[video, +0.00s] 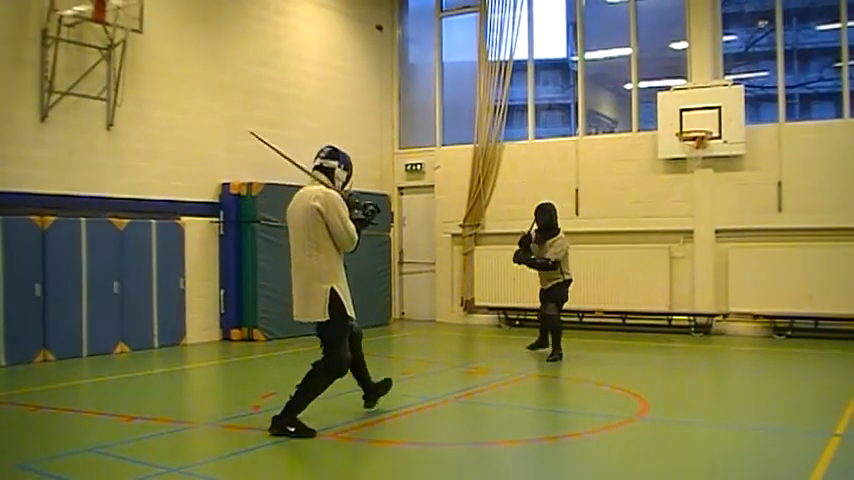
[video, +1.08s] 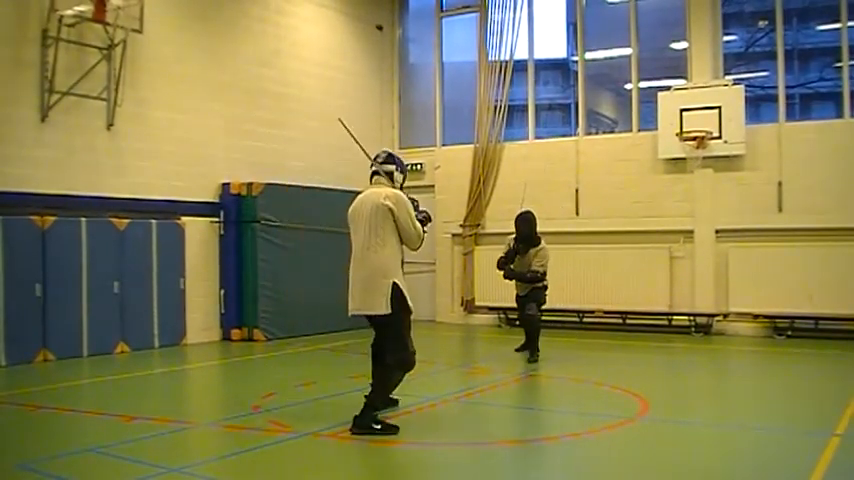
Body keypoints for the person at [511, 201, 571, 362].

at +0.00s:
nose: (538, 222)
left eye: (541, 219)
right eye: (537, 219)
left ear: (551, 219)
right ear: (536, 220)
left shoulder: (560, 241)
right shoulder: (536, 236)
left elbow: (549, 264)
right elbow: (521, 256)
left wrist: (526, 261)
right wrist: (524, 248)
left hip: (560, 281)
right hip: (545, 282)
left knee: (552, 311)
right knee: (543, 311)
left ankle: (557, 349)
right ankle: (543, 338)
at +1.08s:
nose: (521, 237)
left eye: (524, 234)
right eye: (519, 233)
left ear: (532, 231)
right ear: (516, 230)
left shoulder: (541, 250)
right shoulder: (514, 243)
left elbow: (538, 275)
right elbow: (503, 263)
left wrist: (514, 275)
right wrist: (513, 252)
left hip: (536, 288)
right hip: (521, 288)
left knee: (531, 312)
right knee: (523, 316)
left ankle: (534, 348)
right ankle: (528, 340)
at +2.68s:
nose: (508, 225)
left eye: (511, 221)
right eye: (505, 221)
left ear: (515, 223)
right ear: (498, 222)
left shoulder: (520, 242)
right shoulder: (490, 243)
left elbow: (527, 260)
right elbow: (491, 266)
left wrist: (525, 272)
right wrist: (511, 265)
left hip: (510, 290)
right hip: (490, 288)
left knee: (529, 316)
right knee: (500, 316)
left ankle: (521, 346)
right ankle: (493, 356)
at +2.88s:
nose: (509, 223)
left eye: (512, 219)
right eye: (505, 219)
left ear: (516, 222)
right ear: (498, 221)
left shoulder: (521, 241)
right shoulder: (491, 243)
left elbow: (528, 260)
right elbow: (491, 266)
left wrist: (525, 272)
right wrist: (509, 268)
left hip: (512, 289)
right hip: (492, 288)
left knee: (527, 320)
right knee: (501, 317)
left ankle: (522, 349)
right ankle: (492, 356)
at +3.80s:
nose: (532, 221)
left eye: (535, 216)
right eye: (529, 217)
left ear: (540, 219)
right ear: (522, 219)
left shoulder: (546, 239)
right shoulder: (515, 239)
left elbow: (551, 259)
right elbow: (512, 261)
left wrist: (544, 270)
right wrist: (528, 264)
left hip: (536, 289)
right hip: (516, 289)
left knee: (553, 319)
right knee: (512, 320)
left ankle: (551, 349)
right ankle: (496, 356)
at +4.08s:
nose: (550, 218)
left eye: (553, 214)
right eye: (546, 214)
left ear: (559, 215)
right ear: (540, 217)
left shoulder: (567, 235)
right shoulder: (535, 236)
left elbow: (573, 256)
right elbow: (531, 259)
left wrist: (562, 267)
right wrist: (549, 267)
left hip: (558, 285)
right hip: (539, 283)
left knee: (568, 323)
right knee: (540, 310)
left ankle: (554, 349)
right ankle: (533, 348)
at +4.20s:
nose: (556, 218)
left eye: (560, 214)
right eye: (553, 214)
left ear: (565, 215)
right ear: (546, 217)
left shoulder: (573, 235)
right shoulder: (541, 237)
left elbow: (579, 257)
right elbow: (536, 259)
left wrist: (565, 267)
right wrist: (553, 268)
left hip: (566, 287)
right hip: (547, 286)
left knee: (571, 324)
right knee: (551, 318)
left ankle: (553, 348)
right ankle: (554, 352)